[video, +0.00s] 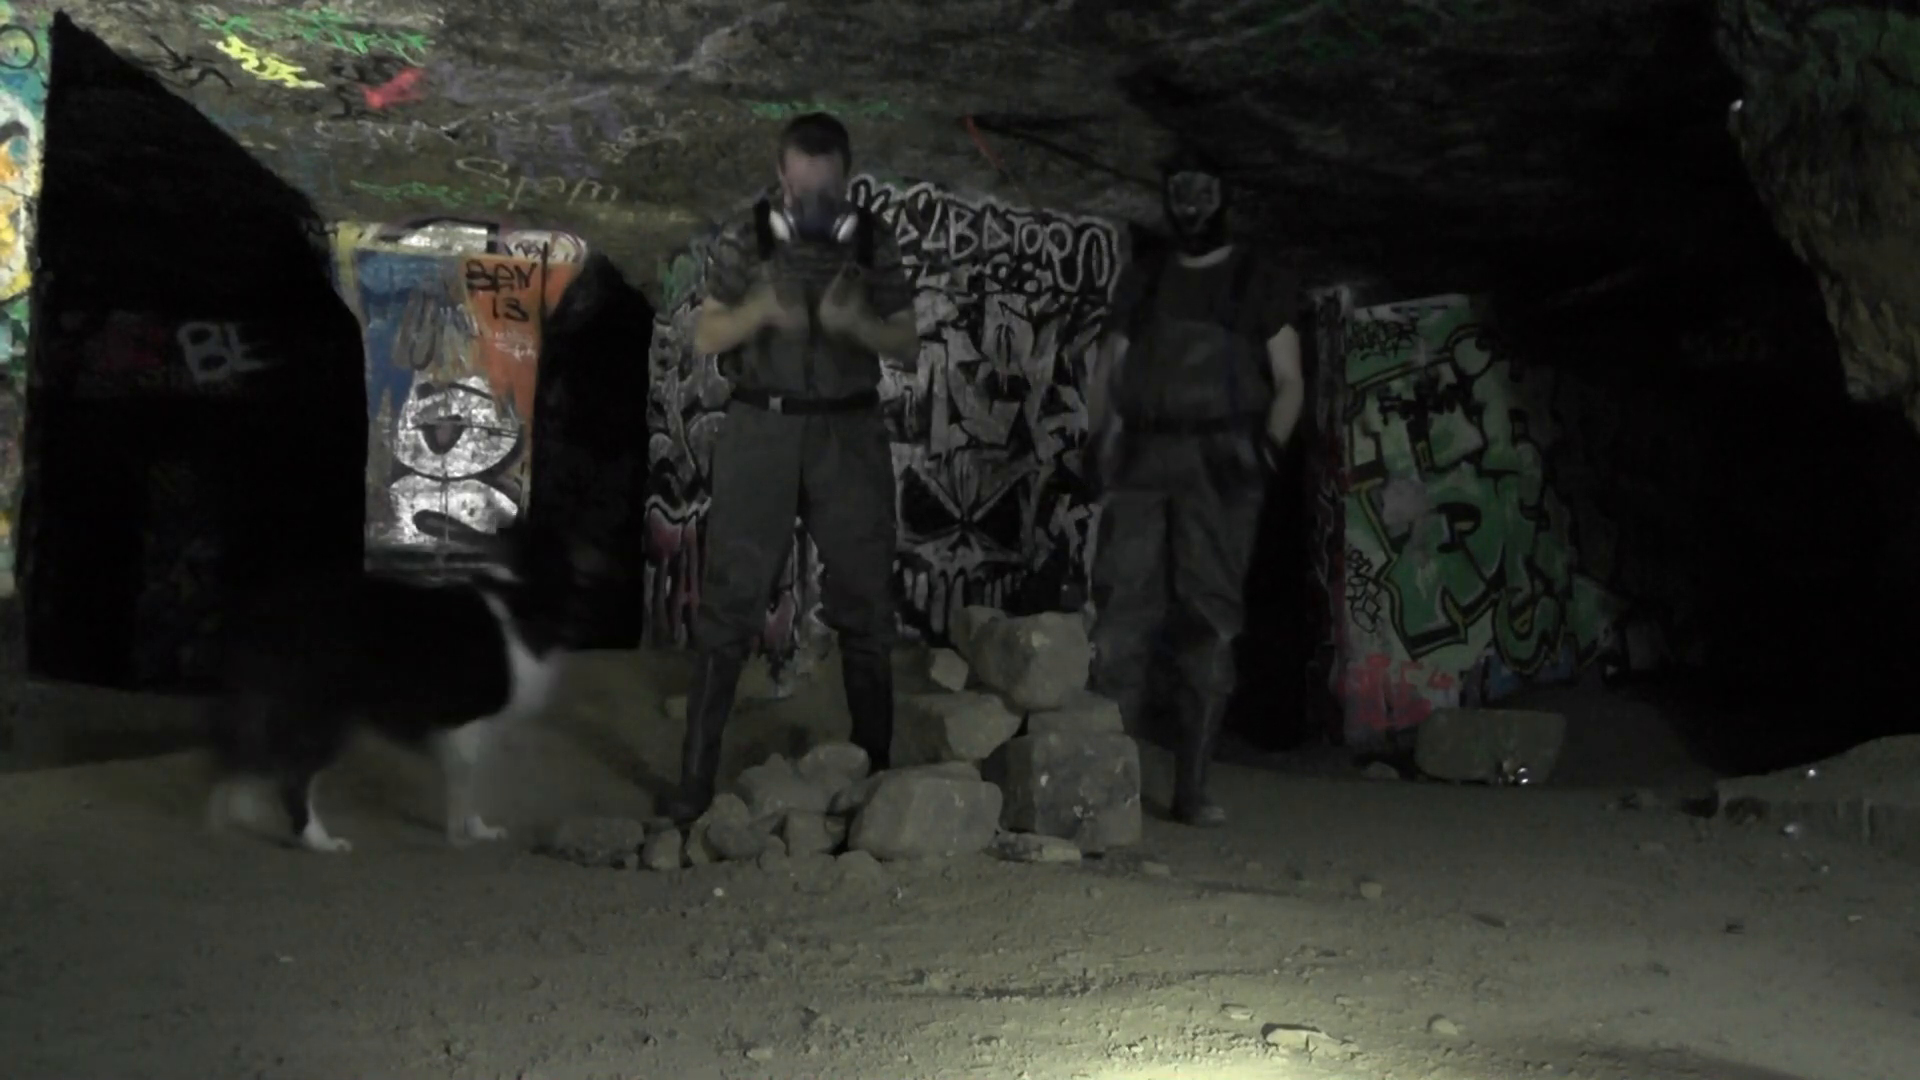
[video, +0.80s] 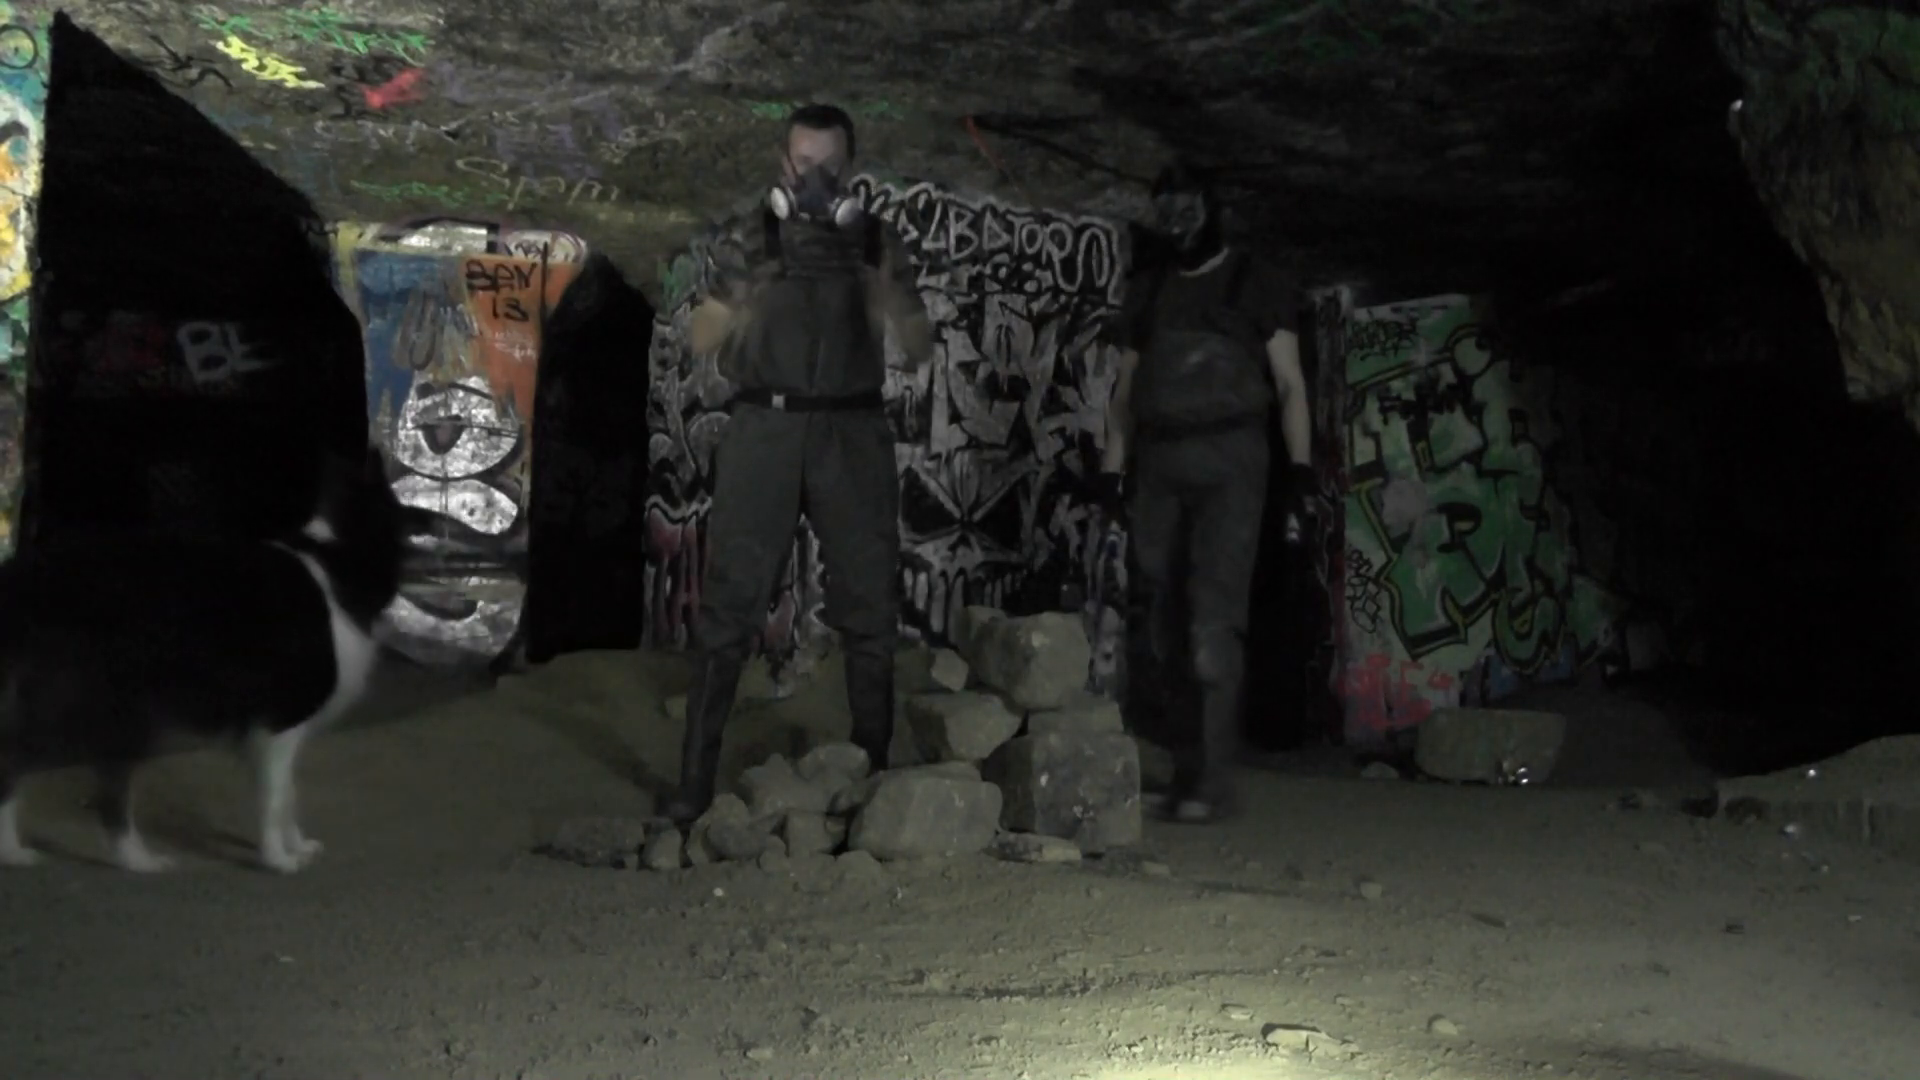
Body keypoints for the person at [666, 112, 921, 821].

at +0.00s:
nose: (812, 202)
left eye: (826, 188)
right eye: (800, 188)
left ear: (847, 177)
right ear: (780, 174)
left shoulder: (871, 239)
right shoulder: (743, 238)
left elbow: (906, 345)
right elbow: (705, 335)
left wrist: (855, 319)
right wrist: (762, 309)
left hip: (849, 444)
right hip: (759, 442)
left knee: (864, 612)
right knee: (731, 608)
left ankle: (875, 778)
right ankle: (695, 783)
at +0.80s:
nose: (815, 183)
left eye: (829, 170)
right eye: (804, 167)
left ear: (851, 168)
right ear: (784, 160)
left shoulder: (875, 239)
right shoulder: (744, 235)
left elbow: (916, 350)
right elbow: (699, 341)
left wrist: (881, 275)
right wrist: (744, 290)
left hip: (854, 441)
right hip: (763, 439)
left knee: (868, 613)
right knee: (732, 608)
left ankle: (874, 780)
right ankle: (695, 788)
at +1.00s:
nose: (820, 180)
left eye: (833, 168)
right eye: (808, 166)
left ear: (852, 167)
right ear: (785, 161)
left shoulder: (878, 242)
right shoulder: (749, 238)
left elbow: (916, 349)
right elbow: (714, 348)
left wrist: (939, 444)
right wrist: (676, 444)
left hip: (856, 446)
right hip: (764, 444)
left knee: (869, 618)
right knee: (731, 612)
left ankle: (873, 780)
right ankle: (694, 789)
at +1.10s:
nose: (815, 175)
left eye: (829, 164)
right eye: (804, 161)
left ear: (851, 166)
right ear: (784, 158)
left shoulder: (876, 240)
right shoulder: (749, 235)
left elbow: (918, 337)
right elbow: (708, 339)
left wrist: (945, 428)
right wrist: (659, 430)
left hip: (855, 444)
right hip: (763, 443)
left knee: (868, 617)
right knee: (731, 613)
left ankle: (871, 779)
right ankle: (694, 787)